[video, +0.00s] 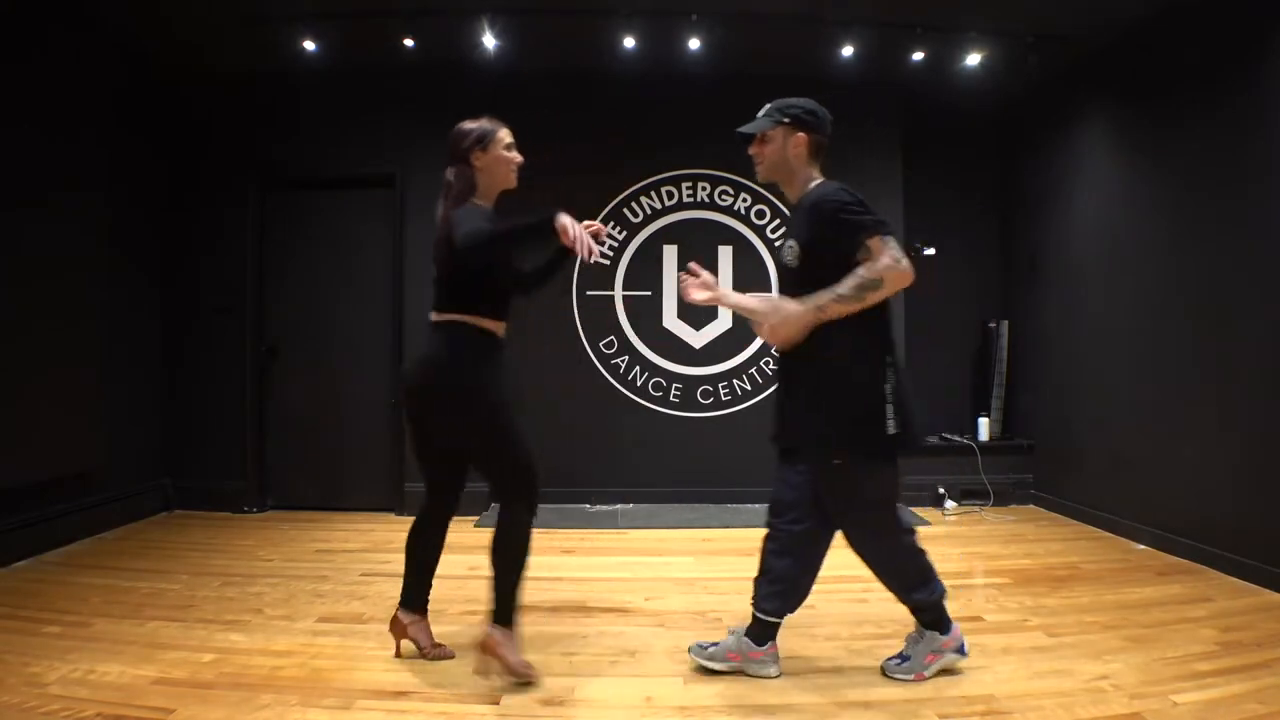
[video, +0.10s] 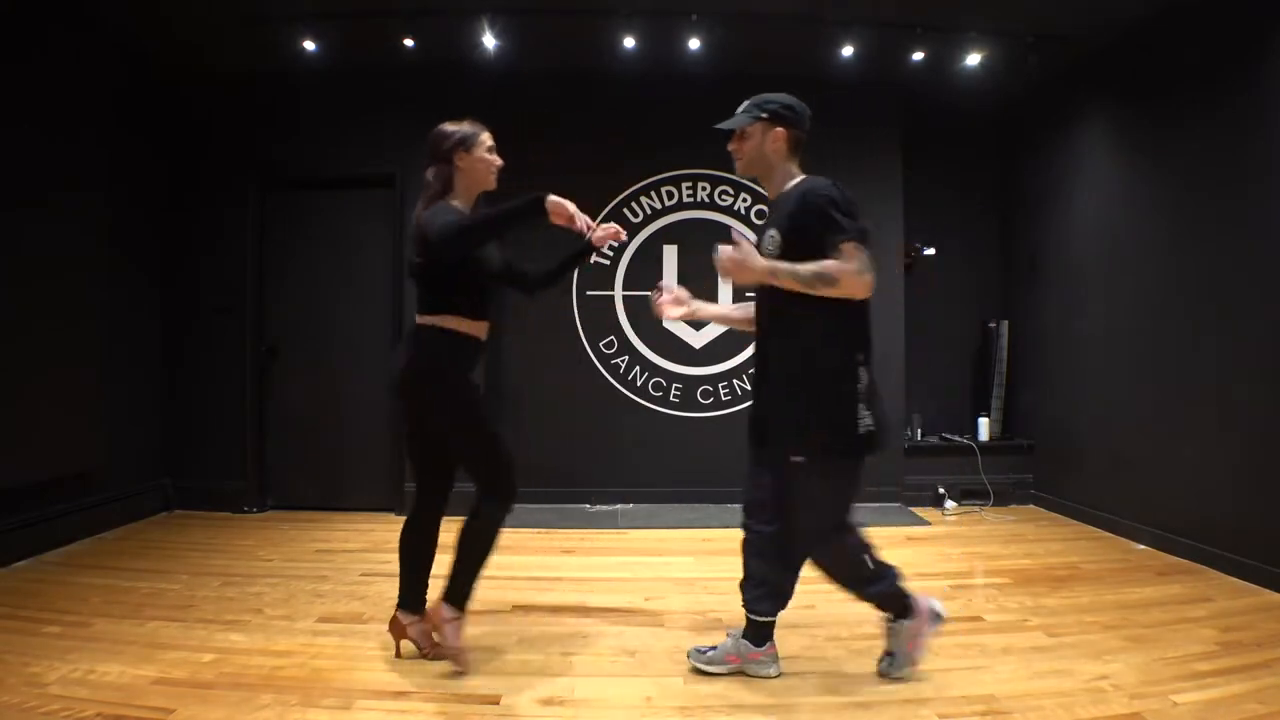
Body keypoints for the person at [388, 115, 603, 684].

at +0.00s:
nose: (520, 157)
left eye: (517, 148)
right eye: (509, 148)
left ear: (485, 160)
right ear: (476, 158)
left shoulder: (481, 224)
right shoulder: (467, 215)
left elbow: (520, 282)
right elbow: (484, 249)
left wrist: (571, 252)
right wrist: (553, 223)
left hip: (447, 364)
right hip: (466, 365)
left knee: (442, 494)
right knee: (520, 487)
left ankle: (411, 611)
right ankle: (501, 628)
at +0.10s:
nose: (499, 160)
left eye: (497, 151)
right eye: (488, 152)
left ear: (468, 165)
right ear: (456, 162)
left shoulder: (470, 233)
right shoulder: (439, 218)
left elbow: (530, 282)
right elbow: (467, 232)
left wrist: (588, 246)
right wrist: (542, 203)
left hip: (442, 365)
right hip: (438, 365)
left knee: (431, 490)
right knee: (498, 485)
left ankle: (409, 613)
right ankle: (449, 609)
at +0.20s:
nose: (478, 163)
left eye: (475, 154)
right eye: (470, 154)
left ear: (451, 163)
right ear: (445, 161)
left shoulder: (468, 240)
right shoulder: (416, 219)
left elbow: (533, 278)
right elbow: (451, 239)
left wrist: (600, 255)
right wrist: (532, 206)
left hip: (436, 375)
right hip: (414, 374)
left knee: (434, 490)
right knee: (459, 488)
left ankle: (411, 609)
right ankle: (419, 611)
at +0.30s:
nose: (453, 153)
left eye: (450, 145)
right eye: (439, 146)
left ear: (441, 164)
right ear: (410, 164)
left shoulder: (461, 236)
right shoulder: (396, 220)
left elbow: (528, 283)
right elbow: (442, 252)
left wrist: (597, 282)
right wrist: (524, 221)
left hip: (432, 371)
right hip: (390, 367)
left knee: (425, 491)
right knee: (427, 485)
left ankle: (408, 613)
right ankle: (365, 599)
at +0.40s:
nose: (425, 155)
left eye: (430, 149)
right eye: (411, 151)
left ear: (441, 164)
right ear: (392, 171)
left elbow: (514, 291)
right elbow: (435, 260)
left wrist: (581, 292)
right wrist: (518, 236)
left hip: (426, 368)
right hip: (376, 362)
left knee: (426, 493)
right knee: (392, 494)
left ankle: (411, 611)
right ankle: (328, 599)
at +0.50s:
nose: (412, 161)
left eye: (419, 155)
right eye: (400, 155)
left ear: (430, 172)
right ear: (381, 173)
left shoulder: (438, 242)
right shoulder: (372, 225)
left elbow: (497, 298)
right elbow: (433, 269)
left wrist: (558, 300)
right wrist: (517, 255)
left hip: (411, 372)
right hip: (362, 367)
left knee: (430, 492)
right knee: (343, 491)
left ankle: (412, 612)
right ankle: (309, 612)